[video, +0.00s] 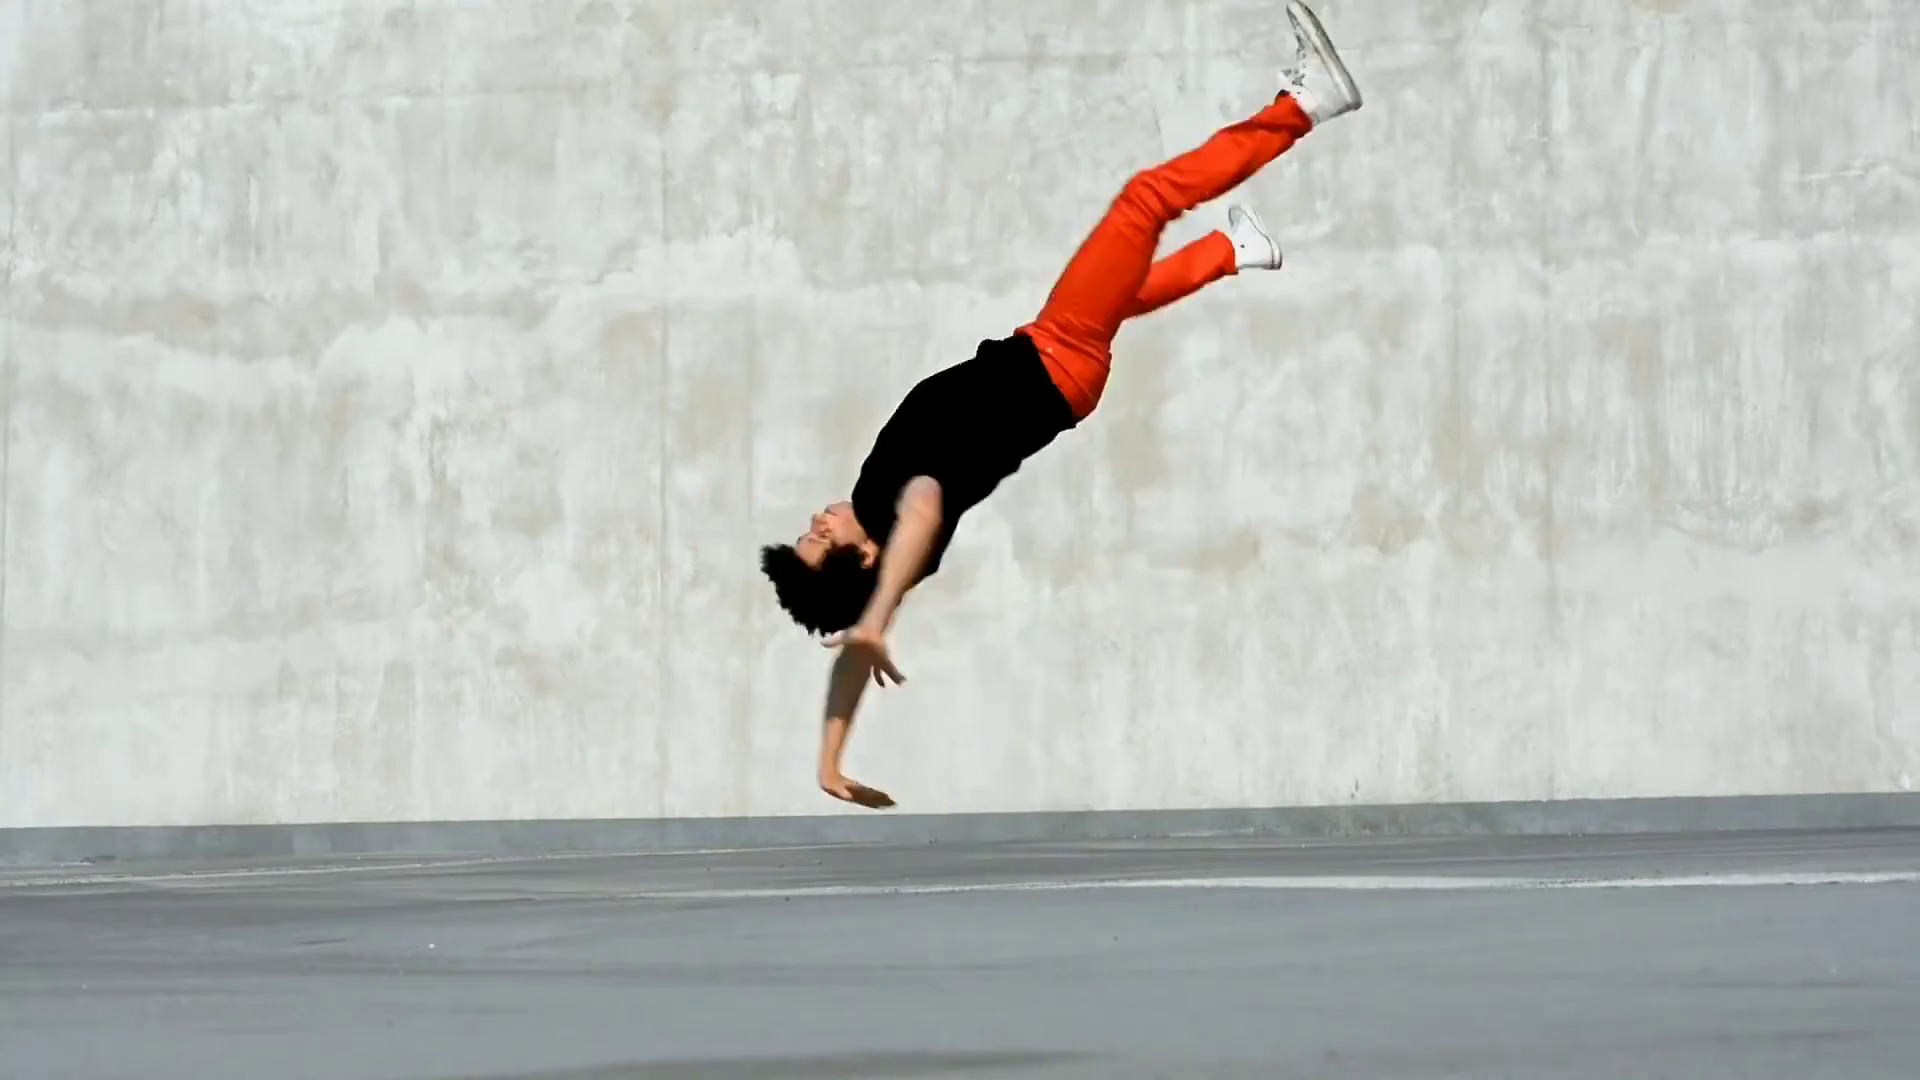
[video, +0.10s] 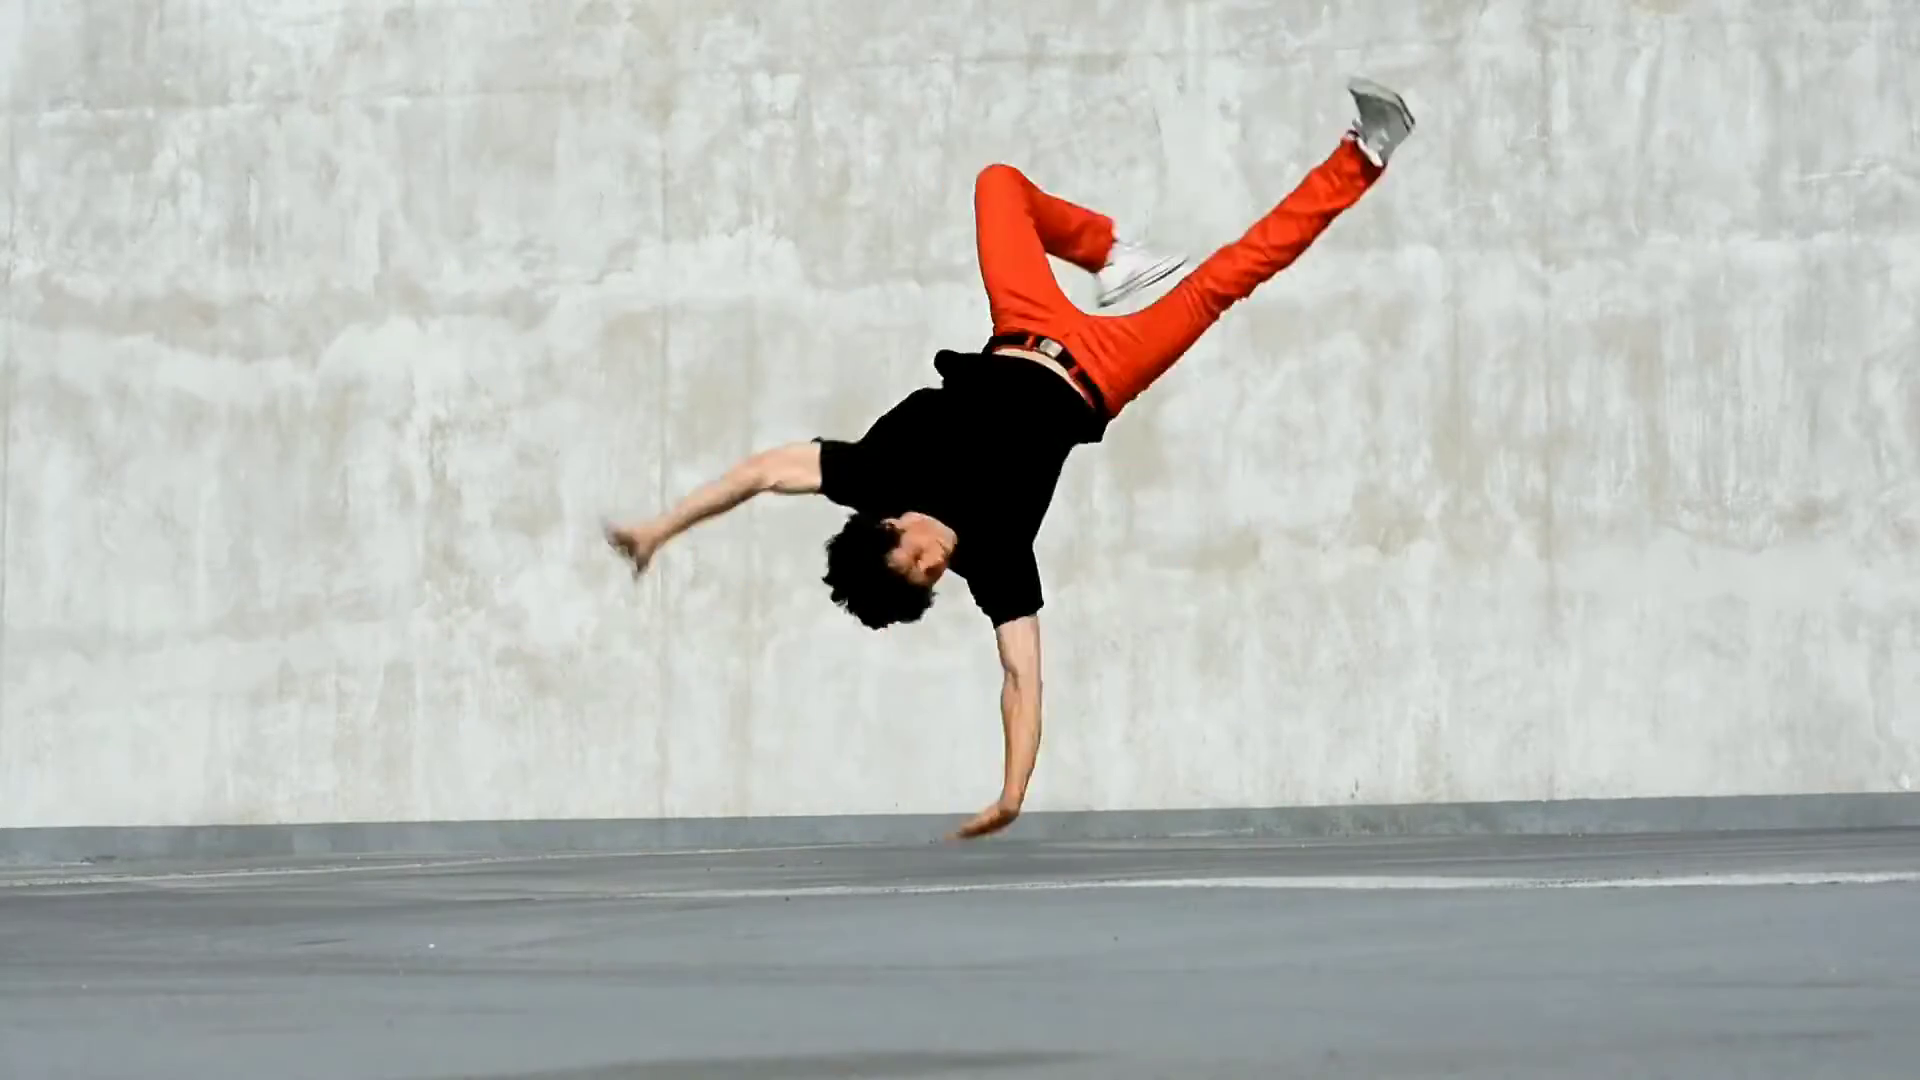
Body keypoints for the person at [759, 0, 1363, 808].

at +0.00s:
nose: (820, 514)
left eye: (810, 527)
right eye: (826, 533)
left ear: (830, 547)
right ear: (855, 559)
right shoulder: (911, 499)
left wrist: (830, 763)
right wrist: (874, 626)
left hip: (1037, 365)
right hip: (1064, 366)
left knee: (1112, 294)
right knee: (1147, 196)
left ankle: (1229, 248)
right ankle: (1303, 104)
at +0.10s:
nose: (925, 541)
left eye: (907, 541)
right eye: (921, 560)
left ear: (891, 524)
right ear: (923, 574)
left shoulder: (875, 469)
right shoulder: (1002, 559)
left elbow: (756, 471)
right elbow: (1021, 680)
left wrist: (657, 530)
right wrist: (1012, 798)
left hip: (1024, 334)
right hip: (1090, 378)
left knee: (995, 180)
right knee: (1222, 278)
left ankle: (1117, 257)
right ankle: (1360, 158)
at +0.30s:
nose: (1043, 640)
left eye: (1037, 631)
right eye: (1030, 644)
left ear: (1032, 601)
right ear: (1008, 621)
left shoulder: (1077, 545)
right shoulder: (987, 602)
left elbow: (1163, 577)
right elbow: (1000, 709)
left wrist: (1248, 648)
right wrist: (1012, 819)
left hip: (1040, 345)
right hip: (1077, 412)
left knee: (1085, 170)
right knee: (1201, 498)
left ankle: (926, 201)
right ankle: (1341, 582)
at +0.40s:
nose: (1051, 672)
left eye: (1060, 664)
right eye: (1037, 671)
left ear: (1079, 645)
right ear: (1029, 642)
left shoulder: (1137, 581)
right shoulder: (1007, 611)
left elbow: (1219, 652)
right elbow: (1006, 711)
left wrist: (1275, 766)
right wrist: (1011, 818)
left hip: (1097, 364)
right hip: (1020, 388)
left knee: (1212, 207)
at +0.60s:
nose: (1153, 658)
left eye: (1162, 654)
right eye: (1144, 654)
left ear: (1177, 636)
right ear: (1136, 643)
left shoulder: (1217, 592)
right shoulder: (1083, 593)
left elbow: (1232, 703)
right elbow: (1037, 693)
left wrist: (1241, 813)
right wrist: (1012, 811)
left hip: (1195, 369)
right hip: (1099, 355)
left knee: (1260, 466)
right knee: (923, 351)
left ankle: (1330, 543)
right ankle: (868, 188)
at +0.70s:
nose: (1182, 651)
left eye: (1192, 651)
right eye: (1179, 646)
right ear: (1162, 627)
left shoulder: (1234, 600)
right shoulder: (1120, 546)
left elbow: (1233, 703)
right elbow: (1011, 579)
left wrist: (1239, 814)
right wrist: (1024, 700)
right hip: (1183, 357)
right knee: (1014, 281)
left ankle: (1016, 681)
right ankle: (1147, 182)